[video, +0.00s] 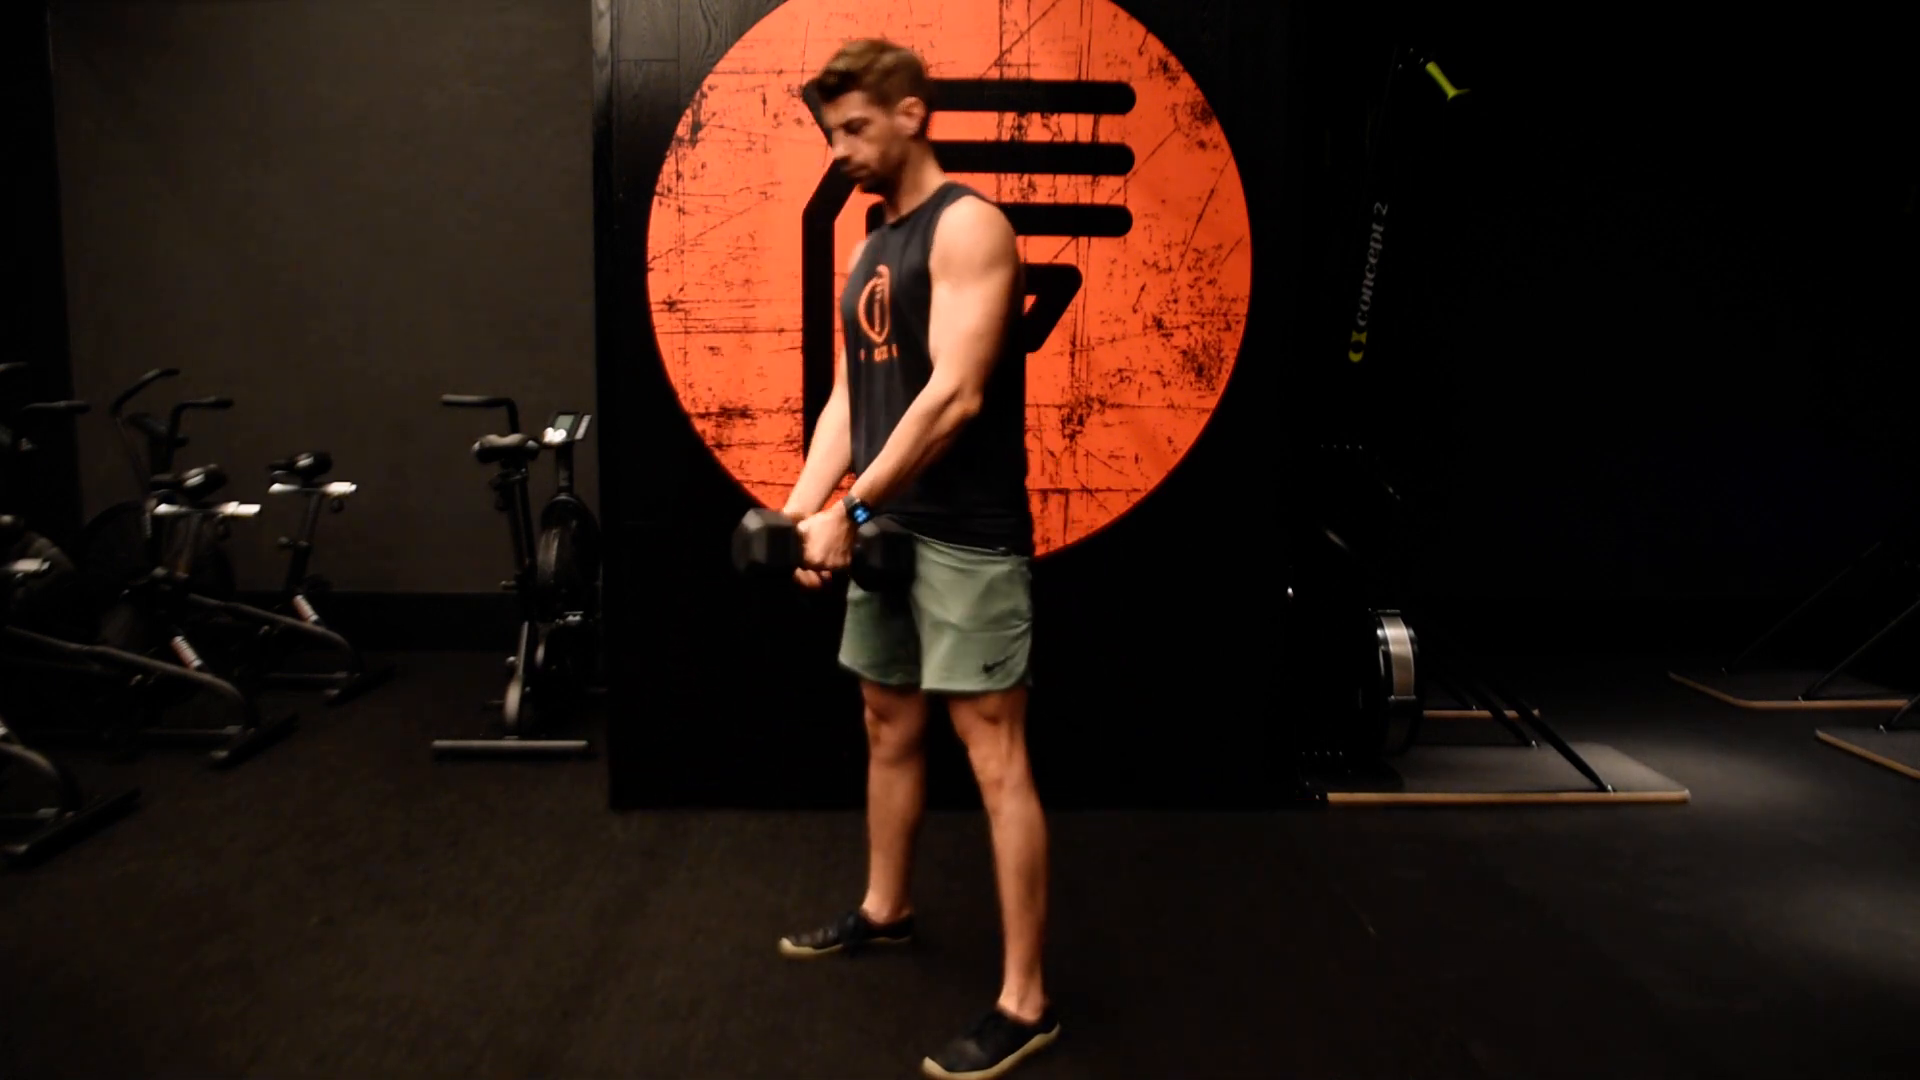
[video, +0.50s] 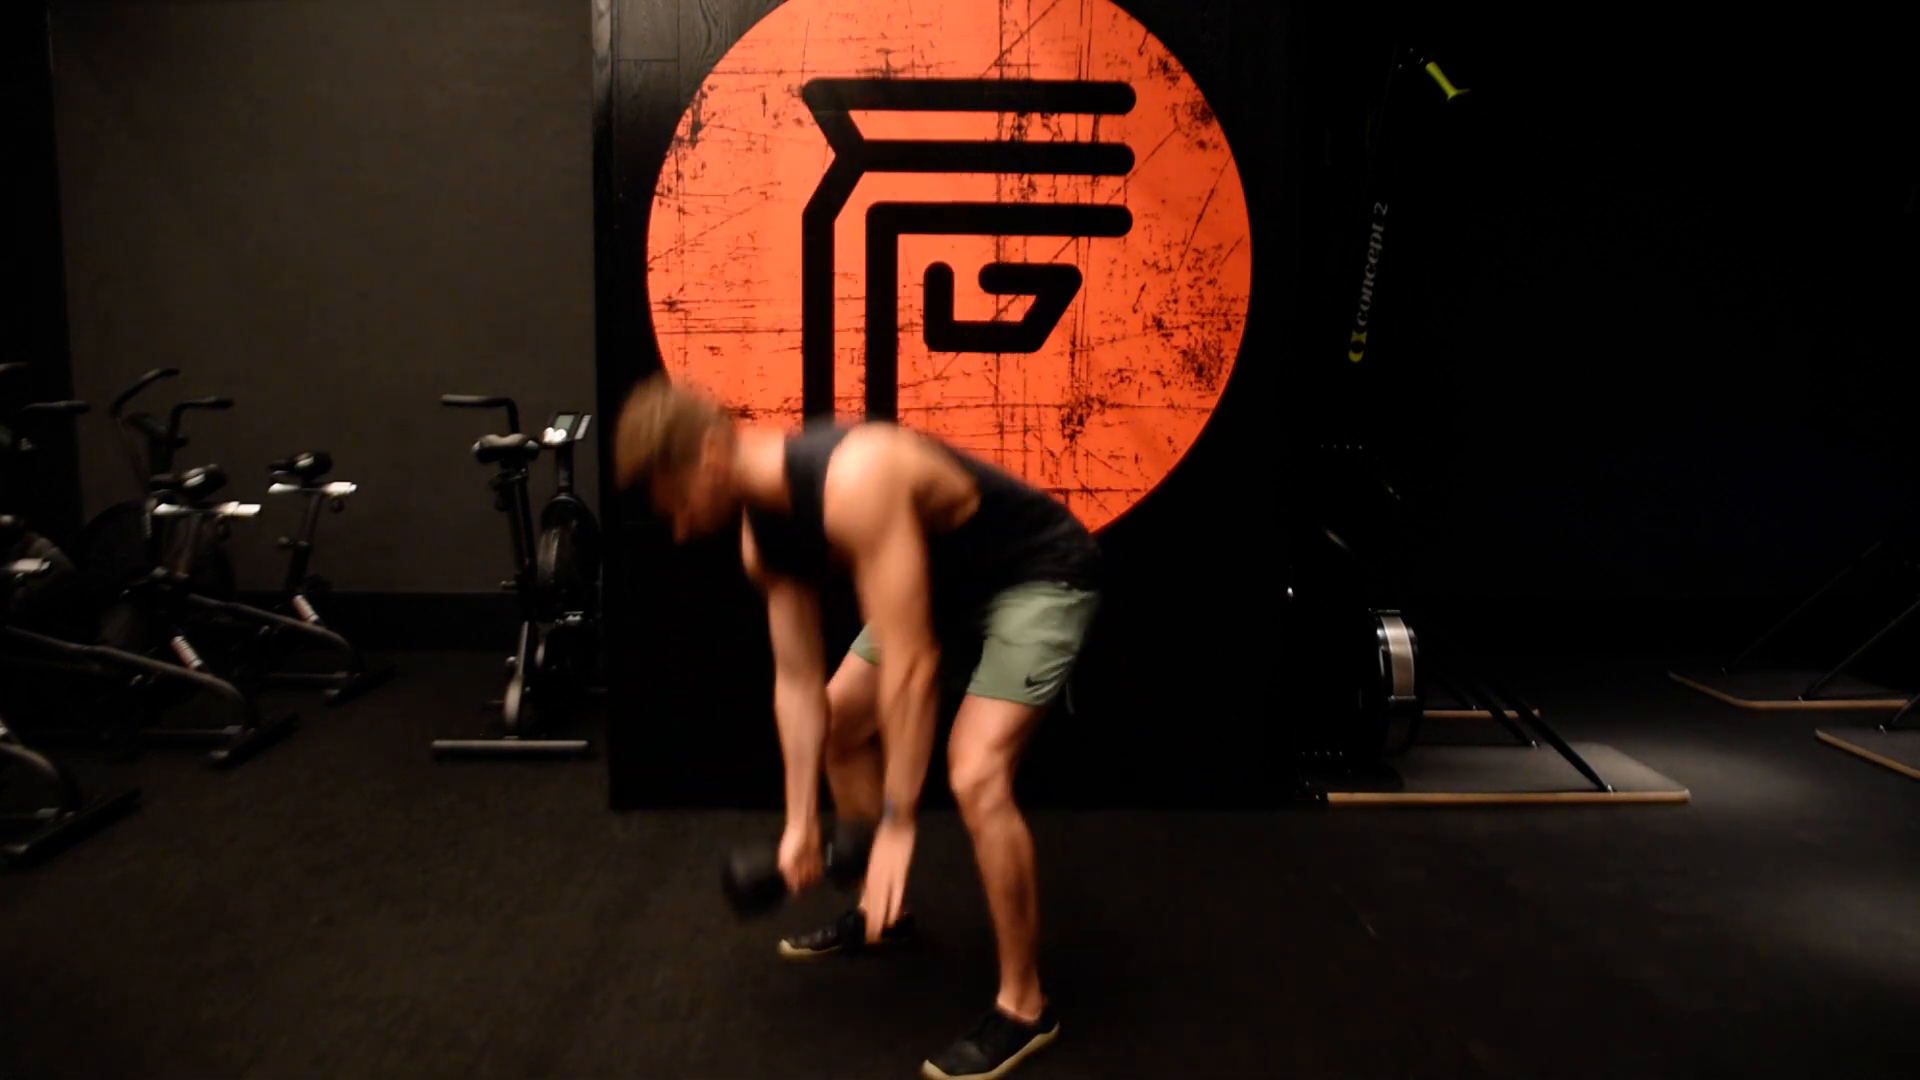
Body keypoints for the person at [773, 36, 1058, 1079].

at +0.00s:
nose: (841, 150)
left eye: (852, 129)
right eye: (833, 134)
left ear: (911, 114)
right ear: (852, 133)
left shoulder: (972, 225)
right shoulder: (872, 249)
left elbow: (957, 393)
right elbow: (850, 396)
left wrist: (849, 508)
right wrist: (799, 514)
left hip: (968, 539)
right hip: (887, 533)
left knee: (998, 760)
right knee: (889, 729)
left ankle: (1025, 999)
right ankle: (883, 912)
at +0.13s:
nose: (791, 169)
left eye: (803, 146)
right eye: (782, 151)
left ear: (860, 126)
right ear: (796, 147)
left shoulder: (944, 229)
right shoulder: (831, 264)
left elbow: (964, 399)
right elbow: (836, 417)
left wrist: (854, 507)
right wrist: (813, 535)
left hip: (981, 543)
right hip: (896, 543)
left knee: (1001, 762)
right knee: (892, 729)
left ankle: (1026, 999)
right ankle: (883, 910)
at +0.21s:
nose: (753, 208)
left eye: (760, 185)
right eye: (745, 192)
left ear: (818, 156)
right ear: (784, 175)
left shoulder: (919, 247)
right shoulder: (812, 290)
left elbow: (975, 410)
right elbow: (830, 439)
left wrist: (874, 527)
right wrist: (812, 549)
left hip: (999, 543)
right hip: (906, 544)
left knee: (997, 753)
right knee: (885, 724)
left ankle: (1025, 998)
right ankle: (884, 909)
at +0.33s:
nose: (699, 316)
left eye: (702, 292)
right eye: (687, 301)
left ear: (752, 256)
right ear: (724, 281)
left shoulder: (888, 325)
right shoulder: (784, 381)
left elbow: (966, 489)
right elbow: (810, 528)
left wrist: (899, 632)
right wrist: (802, 673)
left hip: (1030, 550)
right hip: (942, 549)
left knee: (994, 762)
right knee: (861, 705)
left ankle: (1024, 1002)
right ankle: (883, 908)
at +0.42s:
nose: (684, 416)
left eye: (685, 390)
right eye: (671, 401)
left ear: (726, 353)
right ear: (711, 369)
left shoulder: (873, 400)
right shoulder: (770, 452)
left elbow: (942, 571)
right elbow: (802, 603)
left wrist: (908, 732)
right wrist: (801, 749)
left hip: (1035, 557)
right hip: (944, 557)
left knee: (987, 766)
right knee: (851, 717)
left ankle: (1024, 1002)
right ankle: (883, 907)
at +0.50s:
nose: (680, 523)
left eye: (677, 502)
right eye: (667, 510)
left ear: (712, 450)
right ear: (710, 452)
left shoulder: (858, 479)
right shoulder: (766, 529)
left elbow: (911, 659)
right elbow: (795, 676)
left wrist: (896, 826)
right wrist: (799, 821)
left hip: (1036, 573)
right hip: (941, 583)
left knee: (977, 773)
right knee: (838, 720)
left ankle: (1023, 1007)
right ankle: (882, 912)